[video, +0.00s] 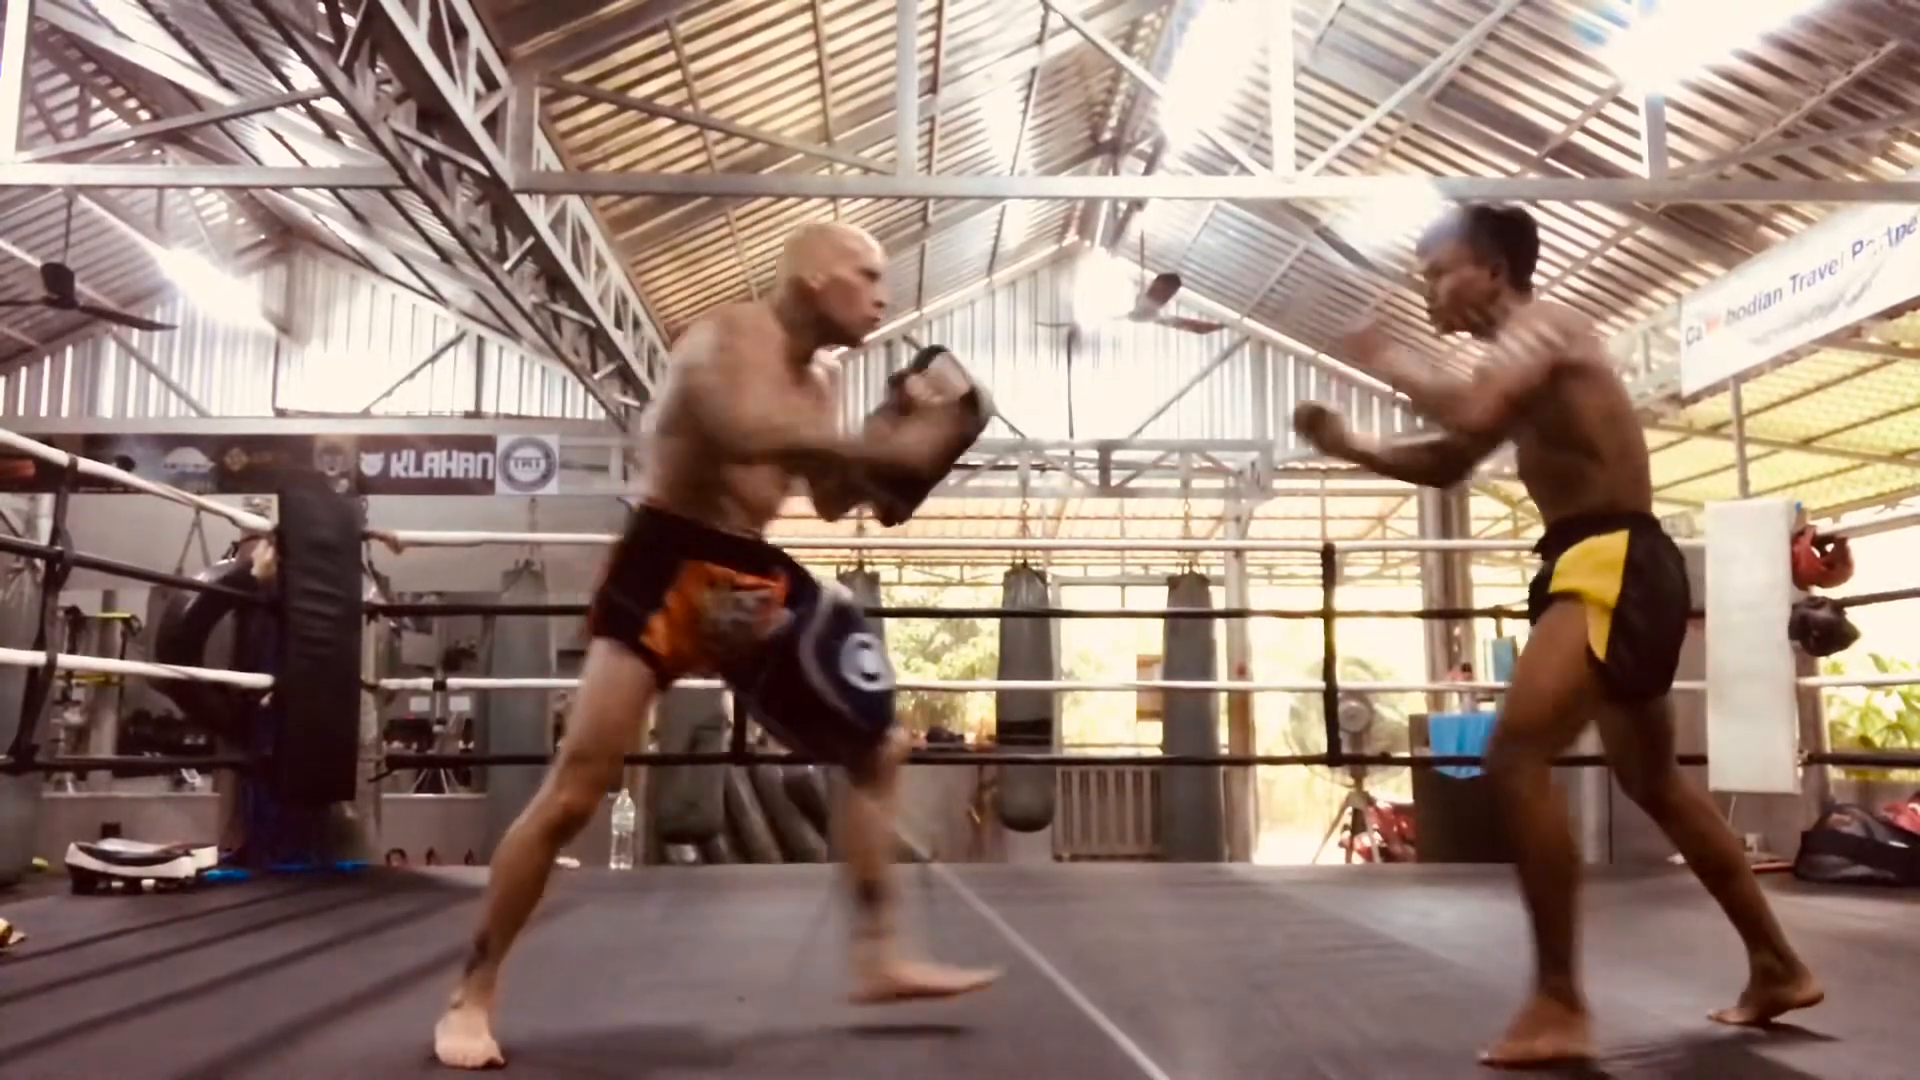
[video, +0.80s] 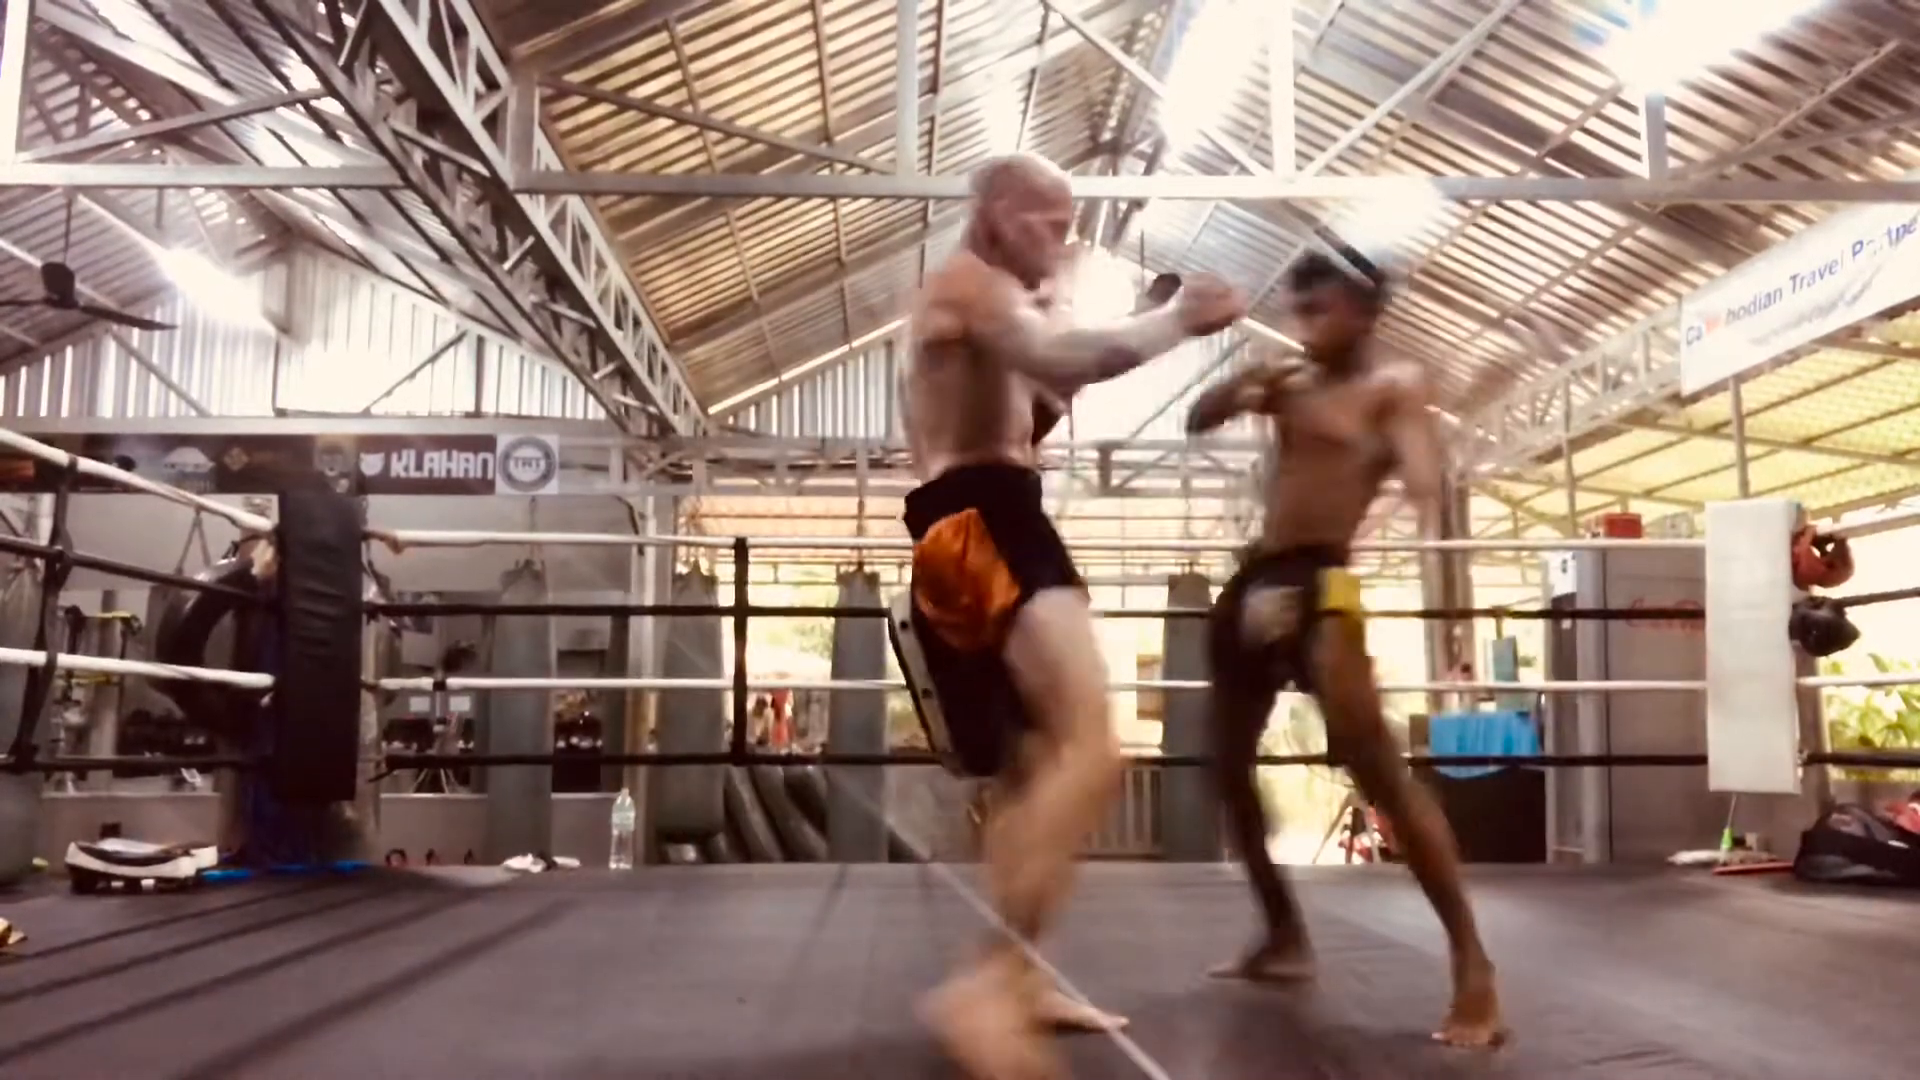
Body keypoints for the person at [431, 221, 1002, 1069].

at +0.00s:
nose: (881, 300)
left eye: (881, 284)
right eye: (868, 280)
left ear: (833, 287)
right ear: (816, 278)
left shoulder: (815, 385)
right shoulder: (733, 333)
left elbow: (833, 497)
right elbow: (740, 425)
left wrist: (904, 433)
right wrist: (884, 450)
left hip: (751, 576)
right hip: (665, 563)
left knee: (877, 745)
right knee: (572, 796)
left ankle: (876, 962)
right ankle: (473, 996)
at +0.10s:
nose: (918, 308)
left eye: (920, 296)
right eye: (906, 289)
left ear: (897, 305)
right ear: (857, 286)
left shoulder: (846, 387)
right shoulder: (816, 338)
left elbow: (862, 489)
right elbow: (956, 374)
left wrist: (954, 411)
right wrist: (979, 311)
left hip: (808, 589)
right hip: (744, 577)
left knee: (943, 768)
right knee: (626, 802)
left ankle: (999, 974)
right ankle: (482, 985)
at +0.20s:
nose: (962, 333)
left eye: (963, 322)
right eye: (952, 317)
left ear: (915, 316)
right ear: (905, 306)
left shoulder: (902, 387)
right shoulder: (871, 344)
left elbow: (953, 471)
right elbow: (1015, 362)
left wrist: (982, 366)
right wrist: (1125, 324)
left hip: (882, 590)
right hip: (849, 582)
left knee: (1013, 777)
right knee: (830, 809)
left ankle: (1020, 984)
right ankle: (604, 905)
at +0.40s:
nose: (1028, 328)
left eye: (1032, 320)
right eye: (1019, 305)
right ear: (967, 288)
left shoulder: (966, 398)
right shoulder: (911, 323)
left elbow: (1030, 468)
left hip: (919, 586)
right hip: (926, 511)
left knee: (1021, 775)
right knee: (1158, 530)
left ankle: (1020, 981)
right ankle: (1237, 576)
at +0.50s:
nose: (1029, 300)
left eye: (1034, 290)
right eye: (1022, 279)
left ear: (1011, 296)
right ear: (974, 265)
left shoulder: (985, 371)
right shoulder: (919, 318)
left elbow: (1047, 458)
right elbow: (808, 400)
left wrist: (1049, 366)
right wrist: (803, 409)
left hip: (959, 566)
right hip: (968, 494)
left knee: (1039, 774)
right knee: (1204, 462)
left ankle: (1024, 980)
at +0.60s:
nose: (1029, 259)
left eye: (1034, 244)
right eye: (1016, 241)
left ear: (1024, 253)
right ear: (963, 240)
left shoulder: (998, 346)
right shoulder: (919, 301)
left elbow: (1071, 435)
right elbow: (857, 381)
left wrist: (1090, 342)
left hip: (955, 553)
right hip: (975, 503)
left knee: (1026, 770)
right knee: (1214, 508)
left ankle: (1022, 980)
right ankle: (1354, 634)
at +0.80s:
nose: (1062, 236)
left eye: (1067, 221)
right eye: (1048, 217)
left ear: (1017, 221)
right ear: (993, 213)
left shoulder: (982, 297)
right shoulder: (965, 279)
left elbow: (984, 433)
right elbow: (1052, 356)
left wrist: (1049, 403)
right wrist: (1178, 321)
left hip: (956, 527)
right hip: (989, 515)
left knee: (1035, 765)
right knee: (1093, 742)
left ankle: (1026, 974)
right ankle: (987, 984)